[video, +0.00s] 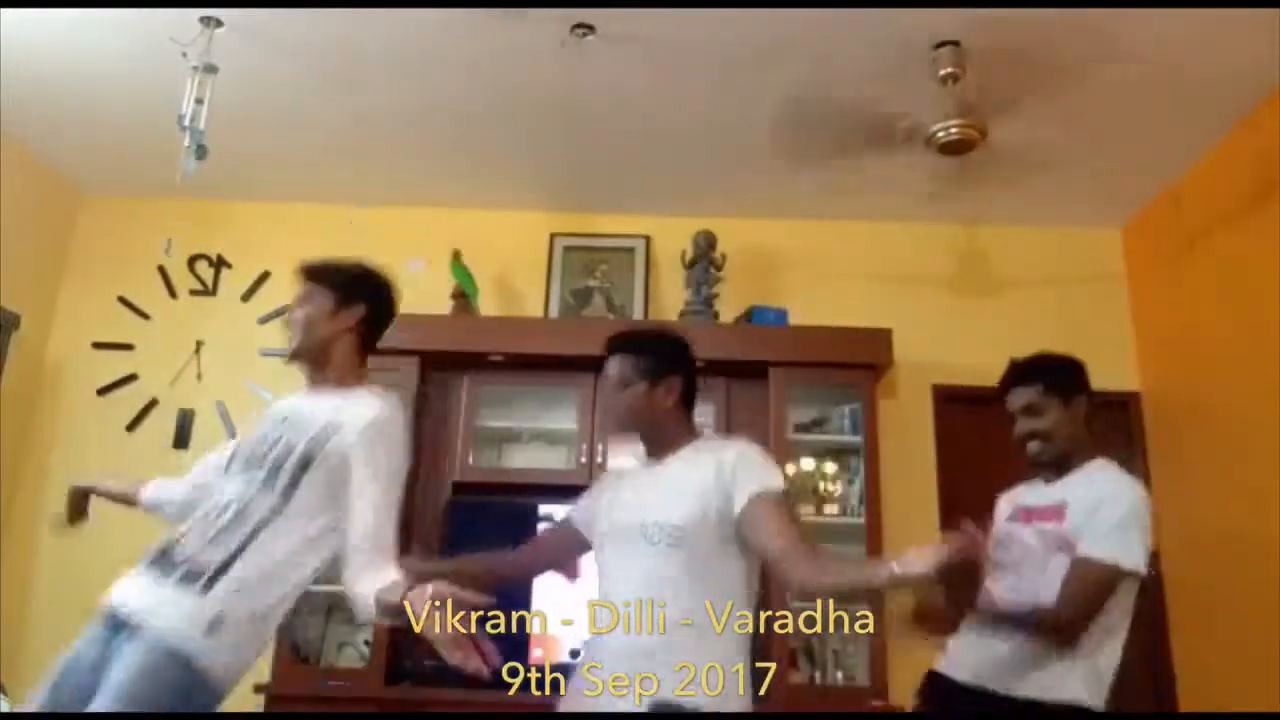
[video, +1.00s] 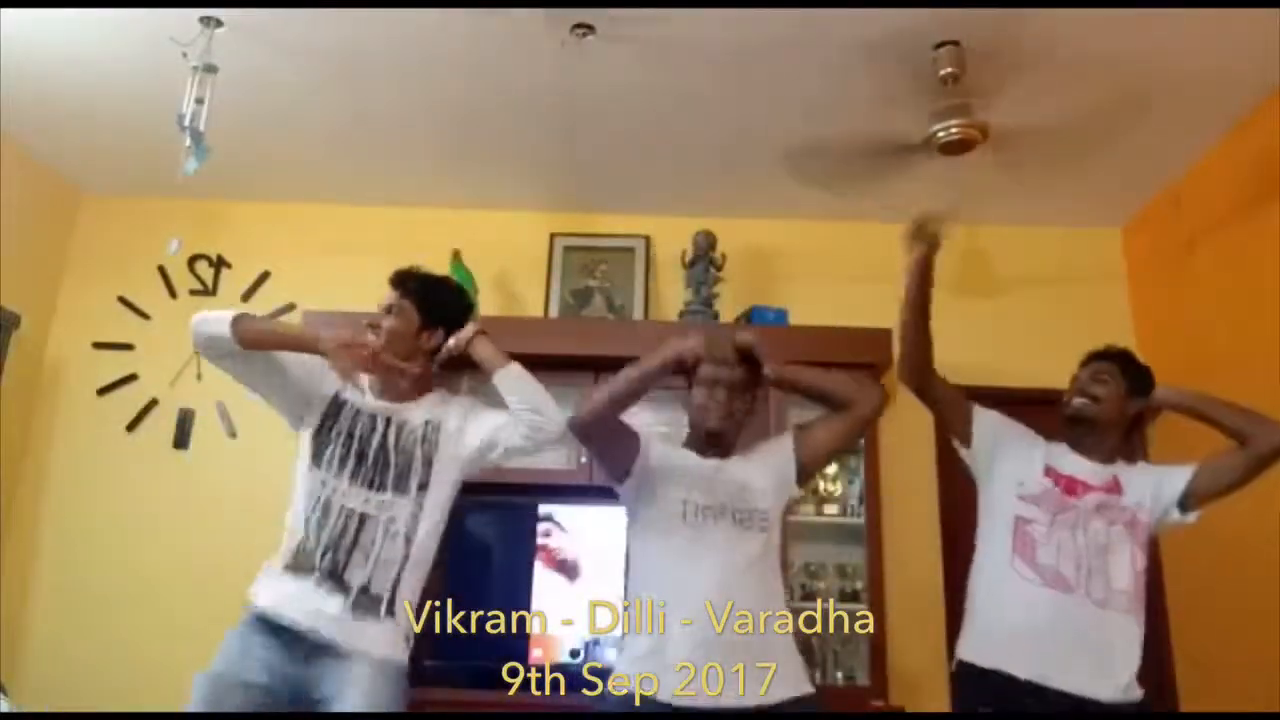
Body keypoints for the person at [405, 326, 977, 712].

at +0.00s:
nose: (604, 400)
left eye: (619, 387)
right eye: (605, 386)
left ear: (671, 393)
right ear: (647, 395)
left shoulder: (734, 462)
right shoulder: (611, 487)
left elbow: (801, 570)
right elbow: (526, 561)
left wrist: (908, 567)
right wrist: (434, 570)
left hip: (698, 695)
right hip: (600, 694)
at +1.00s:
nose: (718, 399)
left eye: (734, 389)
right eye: (708, 385)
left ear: (751, 401)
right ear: (688, 390)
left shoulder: (770, 469)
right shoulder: (645, 463)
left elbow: (868, 398)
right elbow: (587, 422)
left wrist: (774, 374)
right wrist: (662, 359)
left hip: (768, 695)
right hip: (659, 692)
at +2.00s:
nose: (714, 389)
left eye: (730, 382)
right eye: (706, 378)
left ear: (755, 399)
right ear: (692, 390)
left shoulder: (781, 465)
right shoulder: (647, 452)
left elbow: (892, 404)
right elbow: (570, 360)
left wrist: (787, 380)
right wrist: (543, 247)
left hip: (761, 689)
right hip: (655, 687)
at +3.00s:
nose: (729, 423)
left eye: (735, 410)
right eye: (716, 408)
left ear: (743, 409)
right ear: (674, 402)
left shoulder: (734, 478)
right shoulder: (612, 471)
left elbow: (757, 585)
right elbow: (578, 610)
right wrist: (680, 663)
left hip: (671, 684)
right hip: (590, 678)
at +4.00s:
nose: (690, 441)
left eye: (702, 426)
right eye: (689, 428)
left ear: (750, 427)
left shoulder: (827, 481)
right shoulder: (714, 503)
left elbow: (854, 626)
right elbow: (702, 621)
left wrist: (735, 610)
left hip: (869, 683)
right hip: (792, 687)